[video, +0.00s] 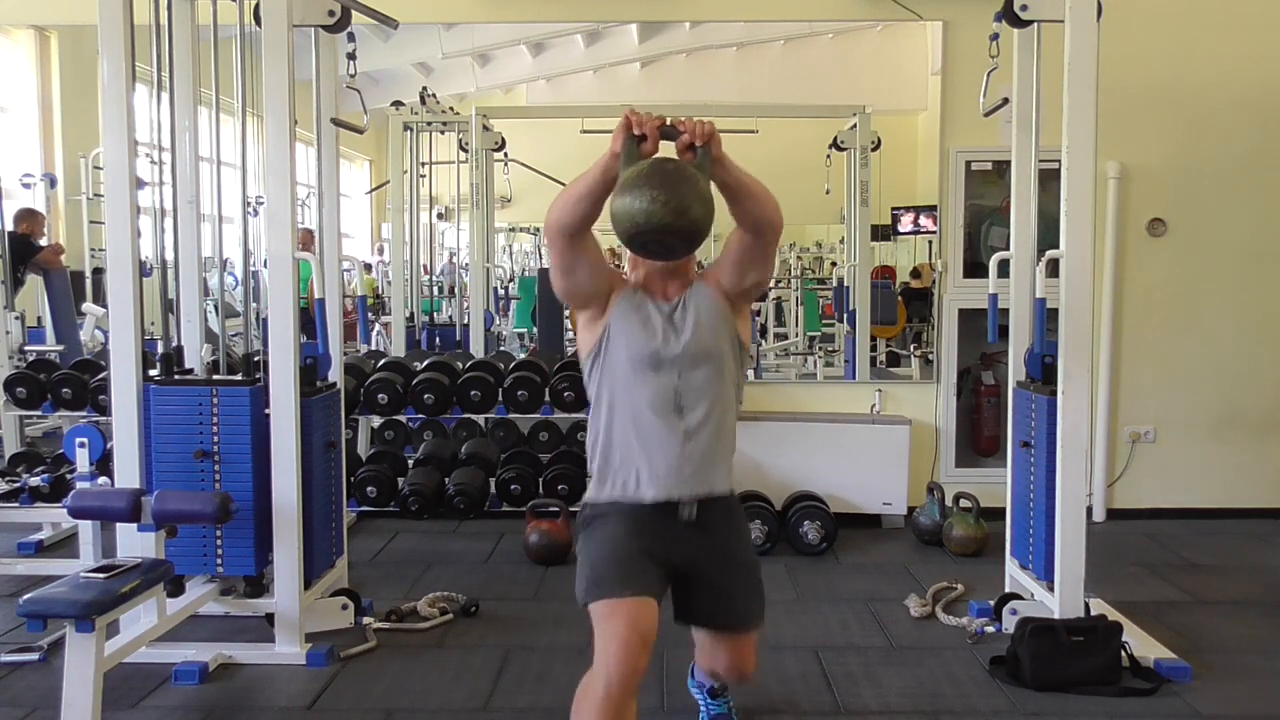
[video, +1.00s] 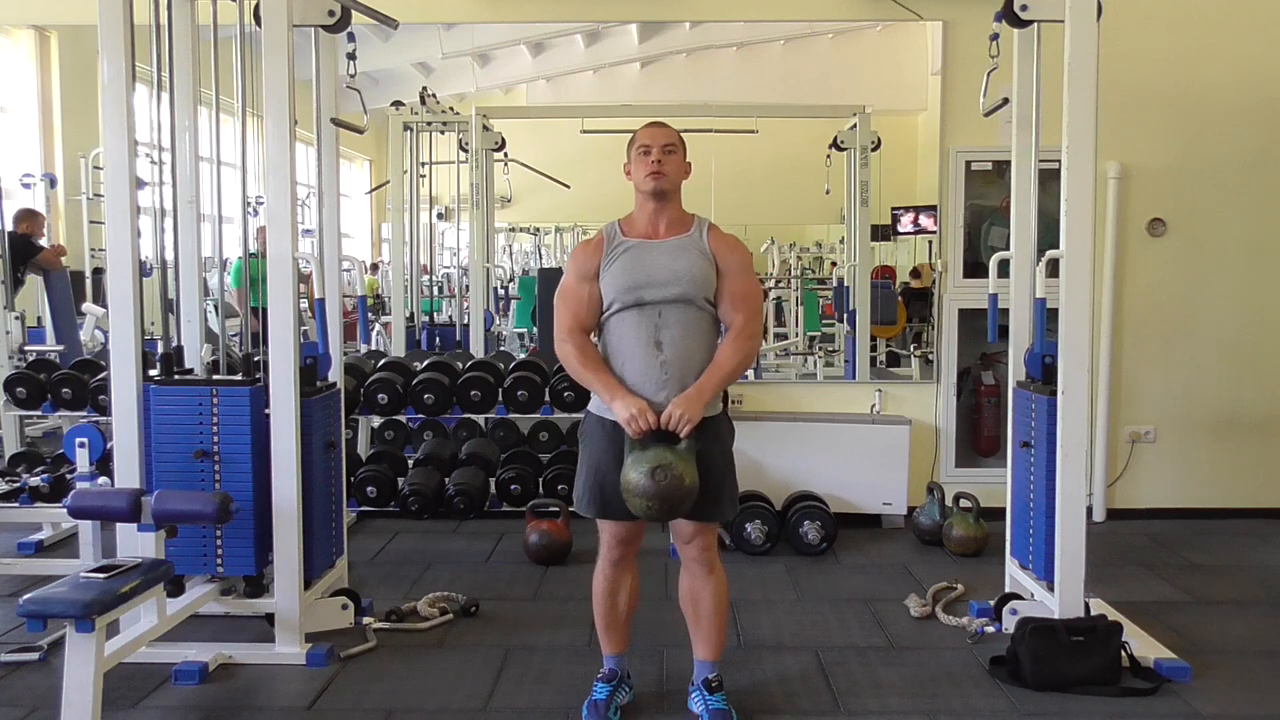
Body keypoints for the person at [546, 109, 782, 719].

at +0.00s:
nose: (662, 259)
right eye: (650, 246)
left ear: (705, 234)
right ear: (624, 240)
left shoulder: (727, 293)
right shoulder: (599, 298)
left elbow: (764, 225)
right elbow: (562, 228)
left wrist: (718, 165)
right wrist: (616, 159)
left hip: (714, 510)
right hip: (622, 511)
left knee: (737, 665)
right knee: (623, 657)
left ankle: (708, 679)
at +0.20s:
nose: (685, 182)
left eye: (696, 172)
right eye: (672, 173)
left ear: (717, 185)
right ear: (653, 186)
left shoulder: (739, 247)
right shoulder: (630, 248)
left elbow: (788, 221)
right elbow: (577, 225)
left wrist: (732, 173)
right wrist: (634, 174)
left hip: (718, 448)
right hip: (633, 444)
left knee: (718, 594)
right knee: (625, 584)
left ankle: (704, 688)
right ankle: (598, 713)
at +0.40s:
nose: (687, 155)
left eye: (699, 147)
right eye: (675, 148)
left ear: (717, 166)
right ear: (656, 166)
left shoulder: (745, 224)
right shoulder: (630, 227)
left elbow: (804, 259)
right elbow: (569, 256)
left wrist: (739, 237)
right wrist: (637, 240)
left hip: (719, 424)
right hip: (634, 423)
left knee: (711, 558)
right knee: (620, 560)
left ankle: (707, 686)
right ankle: (609, 669)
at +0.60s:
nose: (676, 158)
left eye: (688, 150)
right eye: (664, 150)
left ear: (705, 168)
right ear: (645, 167)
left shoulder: (736, 238)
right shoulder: (611, 242)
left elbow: (786, 298)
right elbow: (563, 305)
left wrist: (726, 318)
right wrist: (628, 321)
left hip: (711, 420)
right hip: (628, 421)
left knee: (706, 547)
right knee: (624, 549)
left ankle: (708, 684)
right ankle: (615, 671)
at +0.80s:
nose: (664, 159)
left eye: (676, 151)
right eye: (653, 151)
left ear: (693, 169)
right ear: (634, 170)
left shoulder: (729, 246)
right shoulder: (598, 250)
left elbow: (760, 323)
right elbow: (567, 328)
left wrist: (709, 372)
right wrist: (621, 373)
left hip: (701, 421)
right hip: (618, 422)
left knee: (701, 545)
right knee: (619, 546)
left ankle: (707, 683)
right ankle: (612, 674)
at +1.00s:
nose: (656, 158)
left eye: (668, 150)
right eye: (644, 151)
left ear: (687, 168)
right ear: (628, 170)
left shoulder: (723, 247)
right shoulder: (593, 252)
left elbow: (745, 332)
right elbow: (570, 338)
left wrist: (701, 393)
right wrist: (617, 396)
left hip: (697, 419)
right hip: (615, 419)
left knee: (698, 544)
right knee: (616, 543)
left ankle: (707, 681)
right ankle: (612, 672)